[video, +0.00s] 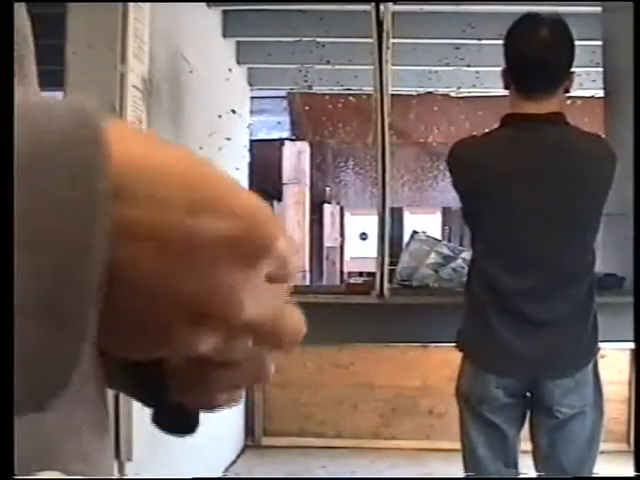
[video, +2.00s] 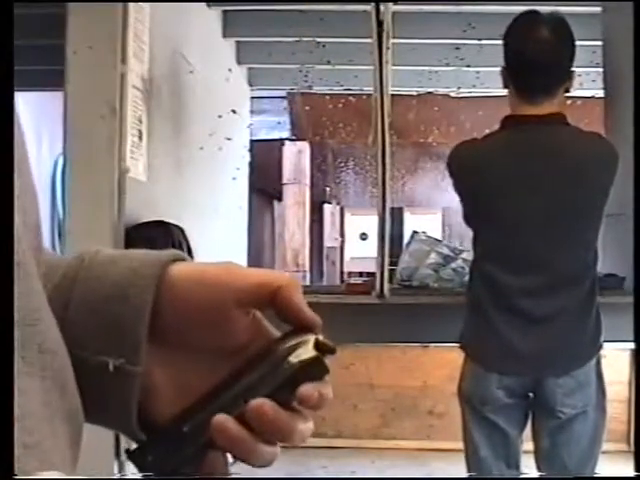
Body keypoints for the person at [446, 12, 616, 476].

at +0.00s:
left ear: (505, 79)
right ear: (569, 81)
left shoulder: (467, 157)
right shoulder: (599, 157)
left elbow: (487, 223)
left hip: (490, 357)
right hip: (568, 360)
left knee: (489, 472)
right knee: (568, 472)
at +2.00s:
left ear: (504, 79)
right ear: (570, 81)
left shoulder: (467, 160)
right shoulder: (600, 156)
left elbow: (482, 220)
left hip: (493, 357)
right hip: (570, 358)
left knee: (491, 471)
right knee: (571, 472)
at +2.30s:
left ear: (504, 77)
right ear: (570, 80)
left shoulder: (468, 158)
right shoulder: (600, 155)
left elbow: (478, 219)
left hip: (492, 356)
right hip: (569, 357)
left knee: (490, 472)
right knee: (570, 472)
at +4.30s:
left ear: (500, 79)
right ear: (564, 80)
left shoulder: (465, 160)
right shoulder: (596, 155)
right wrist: (550, 113)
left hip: (490, 357)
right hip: (569, 359)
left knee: (489, 472)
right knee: (567, 472)